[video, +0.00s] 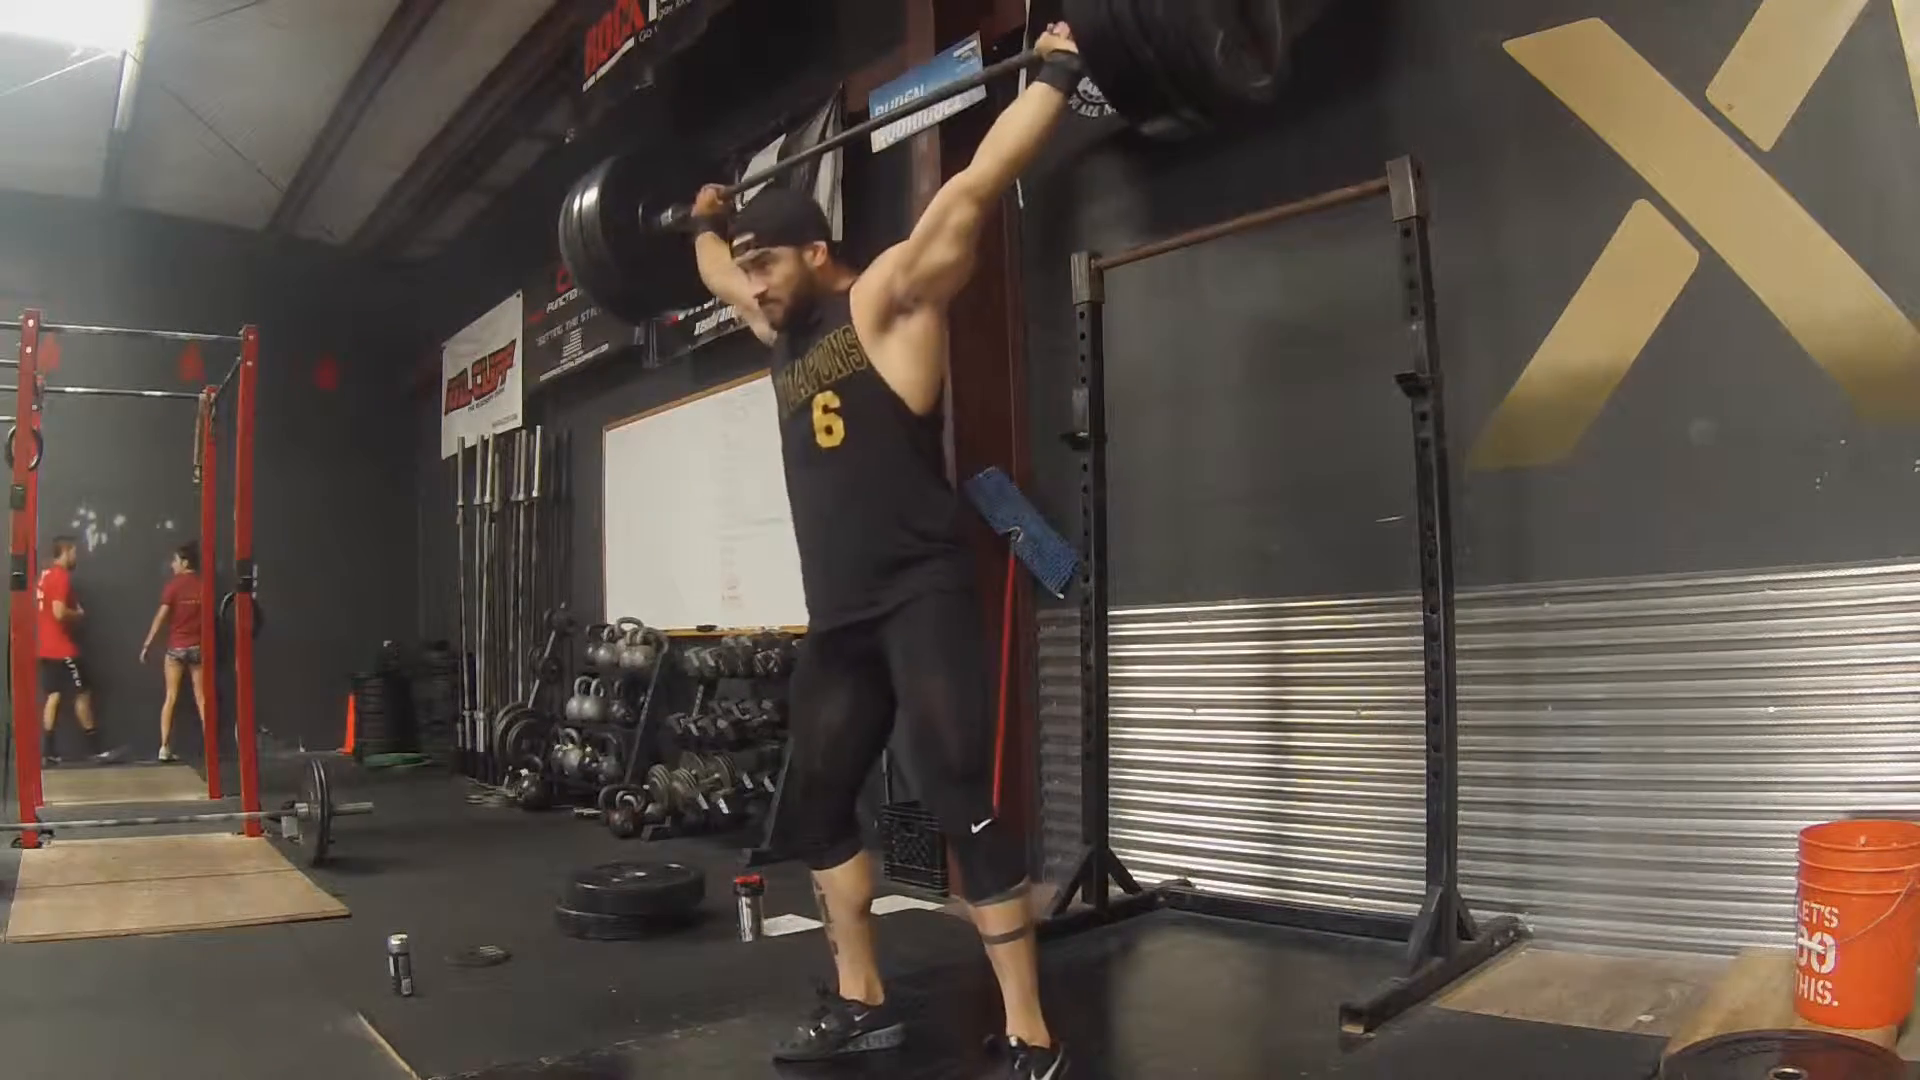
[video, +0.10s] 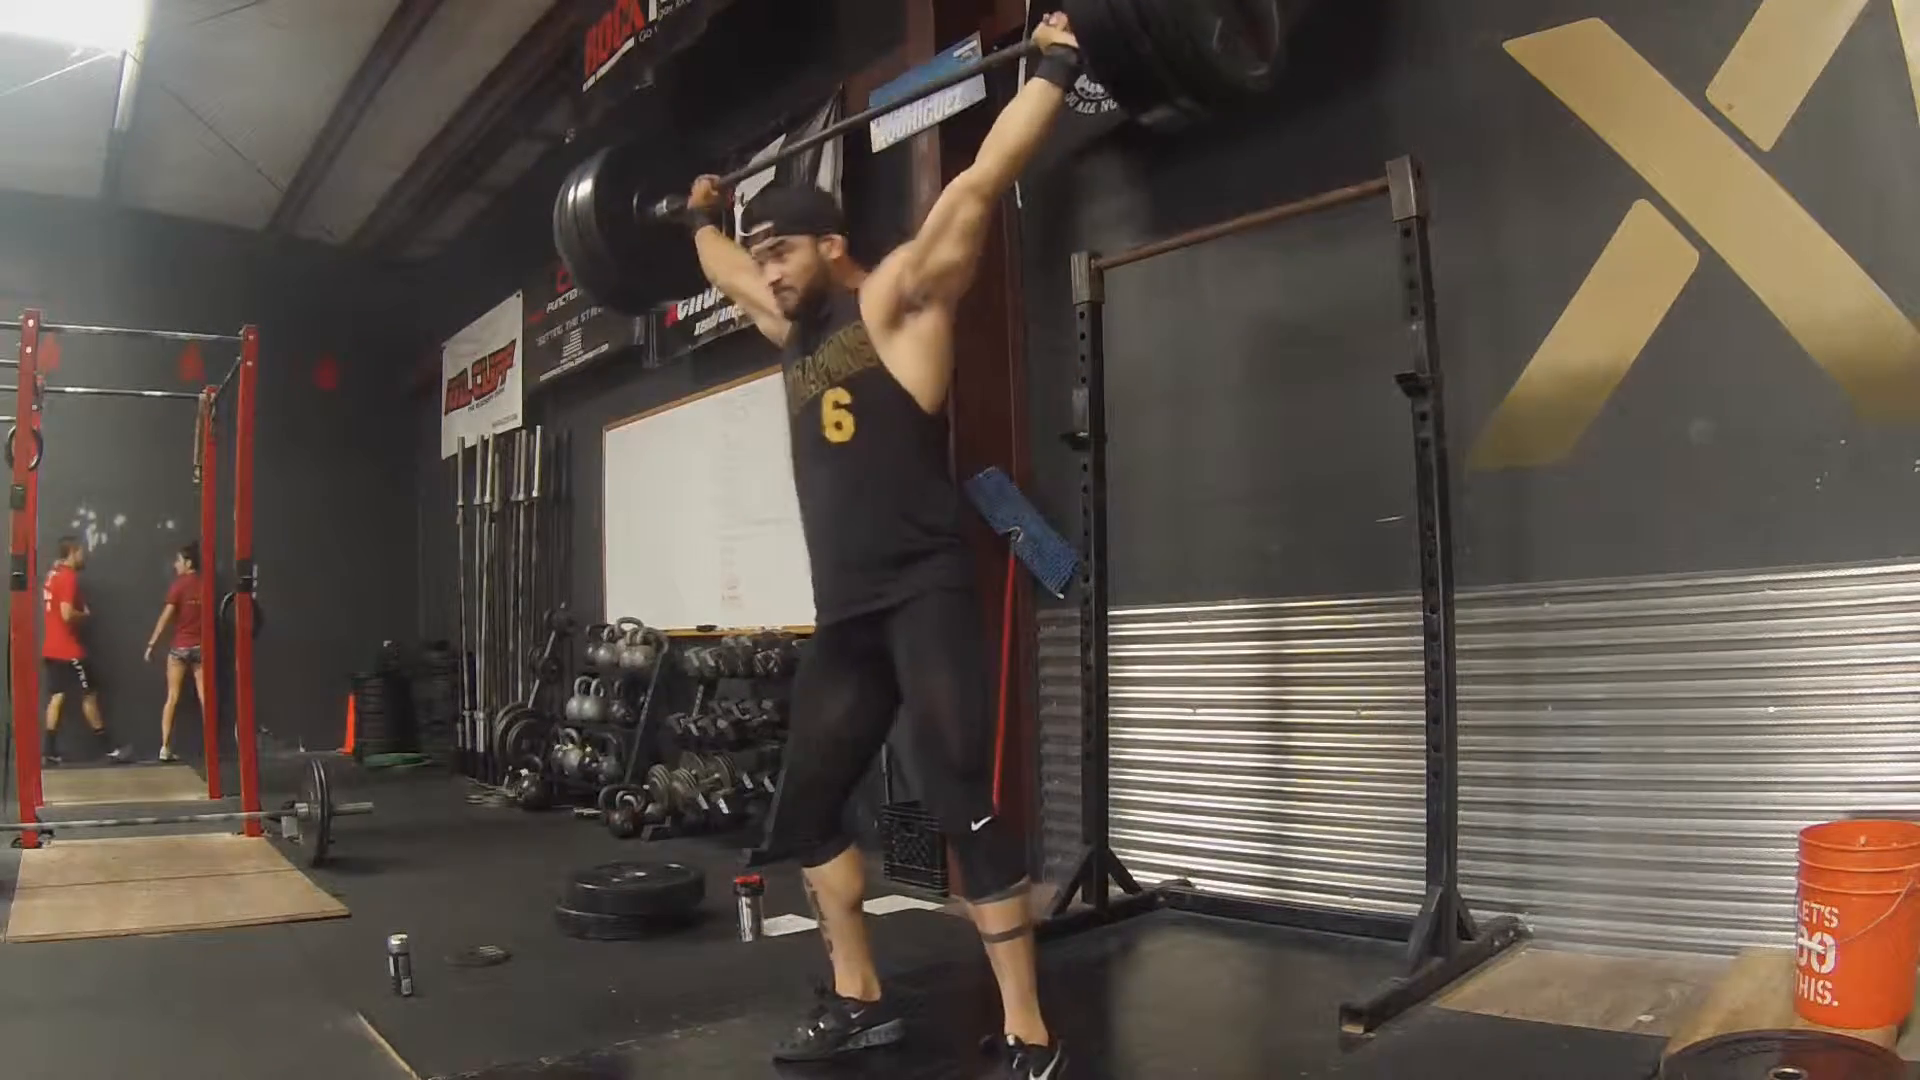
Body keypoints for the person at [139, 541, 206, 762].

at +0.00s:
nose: (172, 564)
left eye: (175, 560)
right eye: (173, 560)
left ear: (185, 562)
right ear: (192, 562)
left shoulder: (174, 585)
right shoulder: (204, 586)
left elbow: (161, 615)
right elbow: (210, 615)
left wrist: (147, 643)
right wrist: (209, 640)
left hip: (176, 645)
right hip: (199, 644)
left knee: (170, 696)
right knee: (202, 696)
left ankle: (164, 745)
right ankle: (210, 745)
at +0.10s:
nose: (176, 565)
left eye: (178, 560)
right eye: (177, 560)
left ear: (188, 562)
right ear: (194, 563)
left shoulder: (179, 584)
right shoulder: (207, 584)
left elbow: (167, 614)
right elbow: (213, 613)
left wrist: (151, 642)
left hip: (180, 644)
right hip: (201, 644)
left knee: (172, 696)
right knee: (205, 696)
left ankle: (165, 746)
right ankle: (212, 746)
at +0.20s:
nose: (179, 565)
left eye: (182, 561)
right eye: (180, 561)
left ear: (192, 562)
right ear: (198, 562)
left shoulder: (184, 584)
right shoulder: (210, 583)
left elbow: (175, 614)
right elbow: (215, 614)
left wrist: (161, 643)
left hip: (185, 643)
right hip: (205, 643)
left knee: (174, 697)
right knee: (208, 696)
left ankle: (165, 746)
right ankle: (215, 746)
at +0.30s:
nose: (183, 565)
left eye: (186, 561)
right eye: (183, 560)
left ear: (196, 563)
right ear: (199, 563)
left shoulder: (189, 583)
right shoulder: (210, 584)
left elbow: (181, 615)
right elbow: (214, 614)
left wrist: (172, 645)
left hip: (187, 644)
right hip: (206, 644)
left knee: (175, 698)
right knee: (211, 696)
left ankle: (166, 744)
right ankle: (215, 745)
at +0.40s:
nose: (185, 565)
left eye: (188, 561)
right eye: (185, 560)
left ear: (198, 563)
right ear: (201, 563)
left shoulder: (194, 583)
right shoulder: (212, 583)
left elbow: (188, 615)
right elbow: (216, 615)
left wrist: (180, 646)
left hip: (191, 645)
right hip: (208, 644)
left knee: (179, 696)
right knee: (211, 695)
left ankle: (170, 743)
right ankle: (216, 743)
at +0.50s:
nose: (188, 566)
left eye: (191, 562)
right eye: (188, 562)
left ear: (201, 564)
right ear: (203, 565)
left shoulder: (195, 583)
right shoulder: (214, 585)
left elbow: (191, 613)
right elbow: (218, 615)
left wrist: (182, 645)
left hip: (193, 645)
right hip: (212, 645)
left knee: (183, 696)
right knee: (213, 696)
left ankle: (178, 746)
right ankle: (215, 748)